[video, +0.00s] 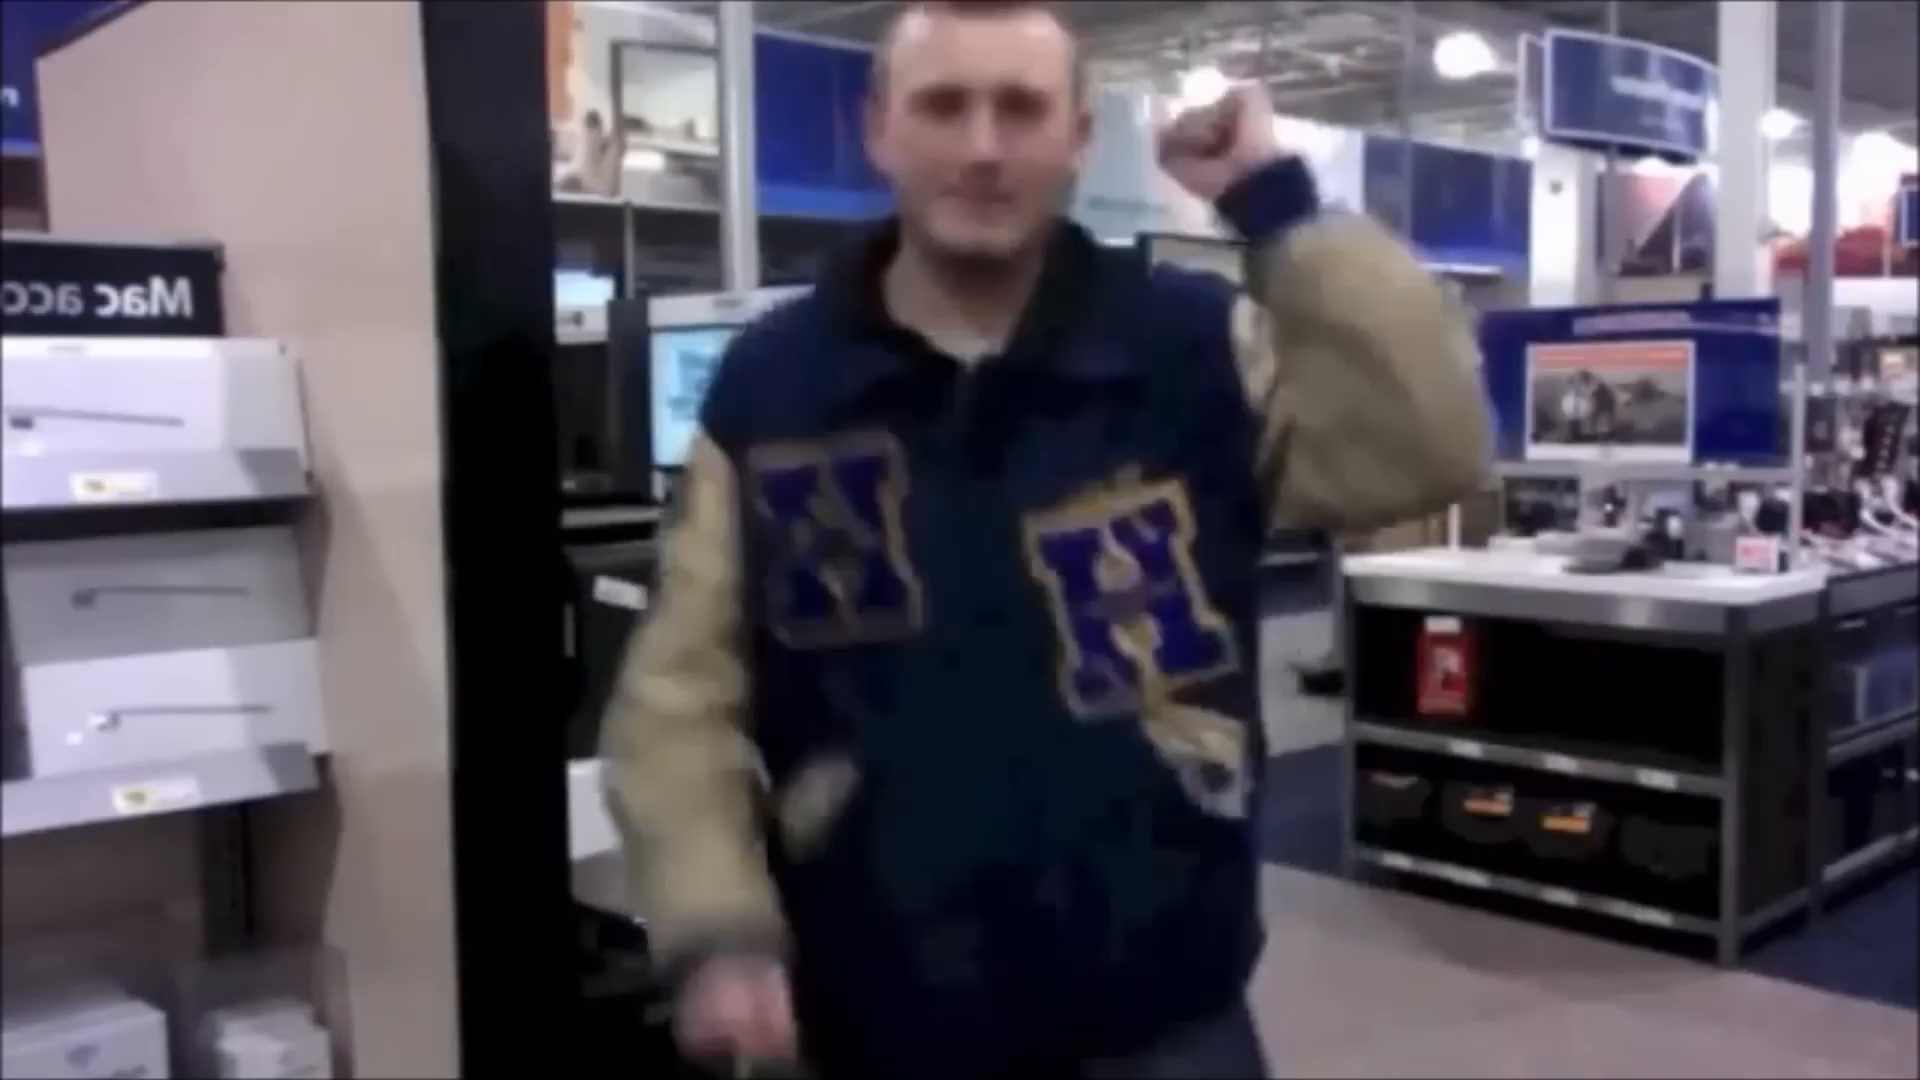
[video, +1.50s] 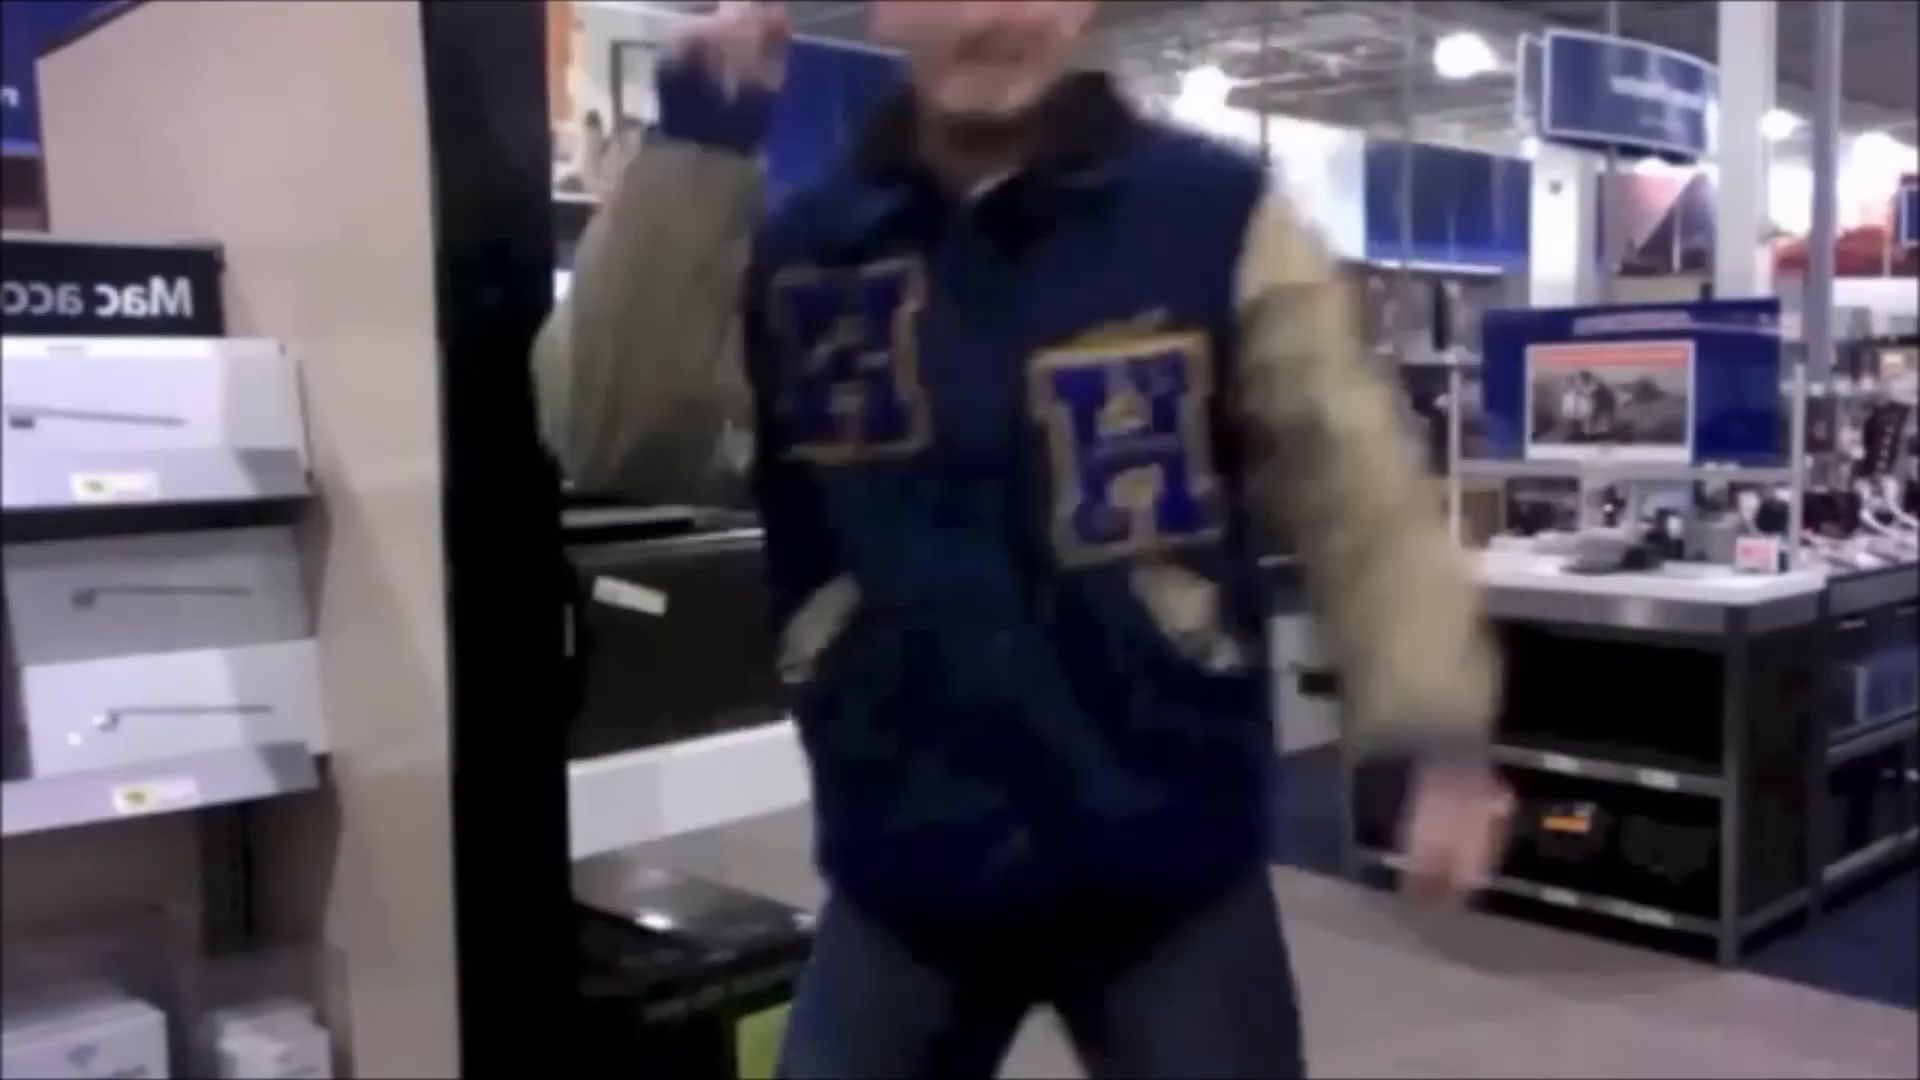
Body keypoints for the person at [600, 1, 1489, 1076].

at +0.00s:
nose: (982, 147)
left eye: (1020, 109)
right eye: (943, 107)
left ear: (1079, 134)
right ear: (878, 131)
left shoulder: (1189, 342)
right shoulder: (782, 379)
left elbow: (1428, 455)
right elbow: (682, 688)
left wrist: (1274, 203)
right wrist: (722, 941)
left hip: (1151, 994)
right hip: (884, 1003)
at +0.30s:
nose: (935, 57)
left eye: (973, 20)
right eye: (895, 20)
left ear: (1027, 40)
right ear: (839, 40)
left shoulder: (1152, 264)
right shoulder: (730, 298)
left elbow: (1315, 517)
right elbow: (614, 549)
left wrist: (1339, 310)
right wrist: (695, 654)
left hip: (1112, 865)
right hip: (852, 876)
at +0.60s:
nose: (1013, 14)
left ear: (1099, 18)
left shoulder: (1200, 242)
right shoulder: (791, 236)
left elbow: (1289, 472)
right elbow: (652, 426)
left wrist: (1368, 546)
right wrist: (694, 495)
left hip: (1131, 840)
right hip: (879, 841)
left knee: (1205, 1059)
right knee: (819, 1063)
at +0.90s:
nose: (1211, 156)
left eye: (1252, 121)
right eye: (1171, 116)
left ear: (1306, 149)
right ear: (1104, 130)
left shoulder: (1351, 366)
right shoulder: (957, 352)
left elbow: (1527, 563)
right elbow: (768, 626)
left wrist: (1413, 295)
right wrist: (678, 867)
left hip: (1267, 1014)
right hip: (986, 1005)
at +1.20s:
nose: (1138, 27)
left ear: (1227, 25)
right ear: (1029, 24)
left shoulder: (1329, 268)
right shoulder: (897, 256)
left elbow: (1469, 550)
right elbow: (746, 431)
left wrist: (1466, 312)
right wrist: (684, 517)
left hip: (1228, 882)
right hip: (961, 879)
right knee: (852, 1067)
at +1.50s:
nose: (991, 15)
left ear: (1087, 17)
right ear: (885, 16)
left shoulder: (1209, 212)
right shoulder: (804, 249)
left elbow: (1358, 482)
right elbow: (615, 450)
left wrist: (1433, 735)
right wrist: (698, 135)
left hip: (1167, 864)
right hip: (909, 876)